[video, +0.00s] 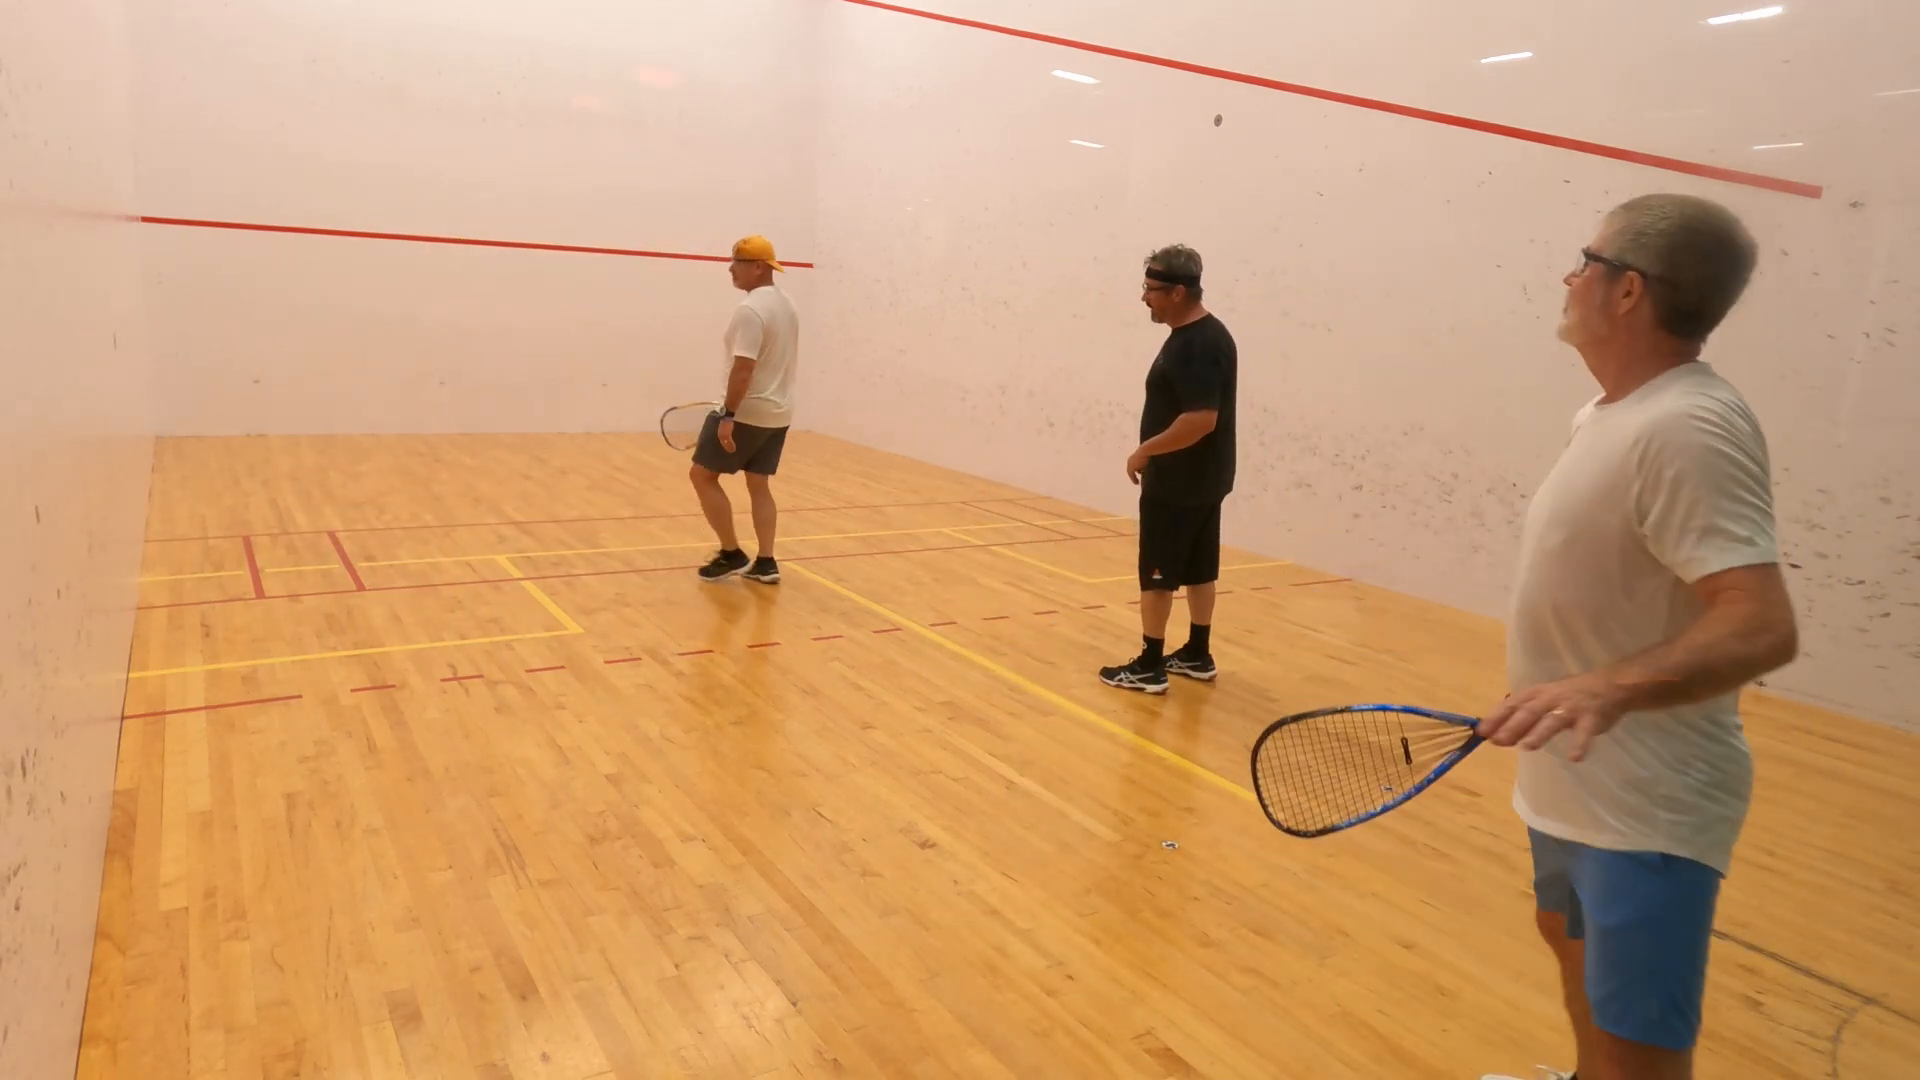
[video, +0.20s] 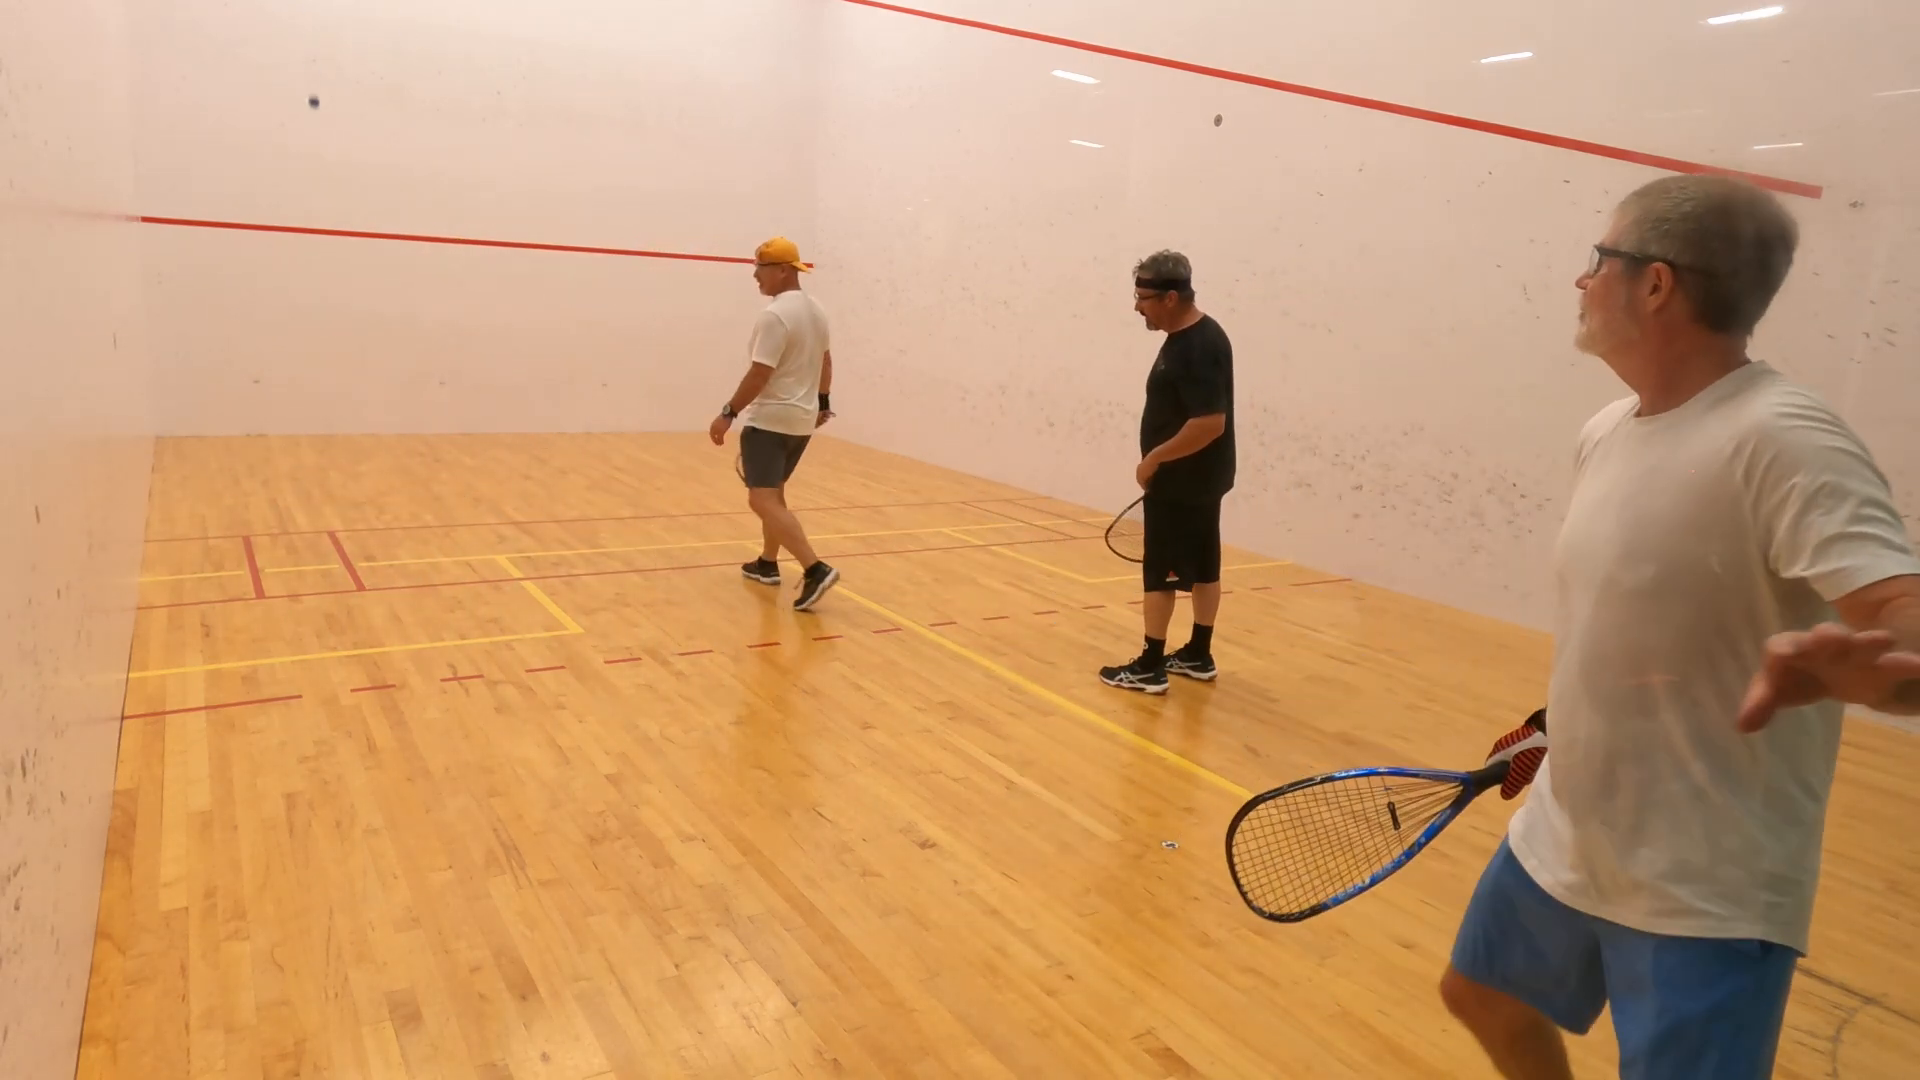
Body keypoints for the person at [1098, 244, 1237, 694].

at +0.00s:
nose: (1143, 297)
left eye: (1151, 289)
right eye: (1144, 287)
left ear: (1179, 292)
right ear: (1181, 292)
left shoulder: (1195, 343)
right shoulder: (1210, 335)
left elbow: (1200, 418)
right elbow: (1202, 417)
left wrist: (1144, 450)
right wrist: (1157, 454)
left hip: (1175, 481)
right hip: (1202, 480)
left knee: (1156, 571)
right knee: (1200, 565)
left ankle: (1149, 664)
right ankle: (1197, 653)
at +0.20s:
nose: (1137, 308)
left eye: (1143, 299)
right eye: (1137, 299)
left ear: (1172, 297)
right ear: (1173, 297)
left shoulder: (1198, 345)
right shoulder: (1194, 335)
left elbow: (1209, 422)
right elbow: (1191, 415)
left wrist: (1154, 457)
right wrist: (1158, 460)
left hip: (1181, 478)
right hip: (1198, 476)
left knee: (1159, 567)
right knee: (1203, 561)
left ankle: (1150, 664)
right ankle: (1198, 653)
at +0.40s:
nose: (1134, 309)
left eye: (1141, 301)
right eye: (1134, 300)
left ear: (1171, 299)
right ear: (1170, 299)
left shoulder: (1200, 346)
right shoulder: (1183, 336)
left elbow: (1212, 424)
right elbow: (1183, 415)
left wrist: (1155, 460)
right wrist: (1154, 467)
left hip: (1185, 479)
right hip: (1191, 476)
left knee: (1160, 567)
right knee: (1202, 562)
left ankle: (1151, 665)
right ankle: (1198, 653)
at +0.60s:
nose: (1140, 299)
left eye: (1149, 292)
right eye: (1141, 290)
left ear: (1180, 294)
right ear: (1173, 295)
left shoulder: (1201, 345)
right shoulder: (1180, 336)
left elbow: (1211, 423)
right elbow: (1179, 413)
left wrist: (1152, 457)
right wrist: (1151, 464)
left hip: (1184, 477)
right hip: (1184, 474)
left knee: (1158, 568)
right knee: (1199, 562)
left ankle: (1150, 665)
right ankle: (1197, 653)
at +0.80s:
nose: (1158, 288)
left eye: (1170, 282)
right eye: (1156, 280)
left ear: (1196, 291)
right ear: (1154, 284)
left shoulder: (1203, 343)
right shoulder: (1176, 335)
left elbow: (1210, 420)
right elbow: (1169, 411)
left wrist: (1150, 453)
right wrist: (1149, 470)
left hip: (1182, 477)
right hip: (1180, 473)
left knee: (1157, 569)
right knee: (1197, 562)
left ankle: (1151, 663)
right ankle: (1198, 653)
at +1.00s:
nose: (1168, 282)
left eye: (1179, 277)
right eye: (1166, 274)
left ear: (1201, 290)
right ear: (1161, 281)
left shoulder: (1203, 344)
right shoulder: (1170, 334)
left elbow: (1210, 418)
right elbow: (1153, 400)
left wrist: (1148, 448)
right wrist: (1131, 438)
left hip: (1185, 471)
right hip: (1171, 466)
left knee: (1157, 563)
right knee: (1199, 558)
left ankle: (1148, 663)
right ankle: (1197, 649)